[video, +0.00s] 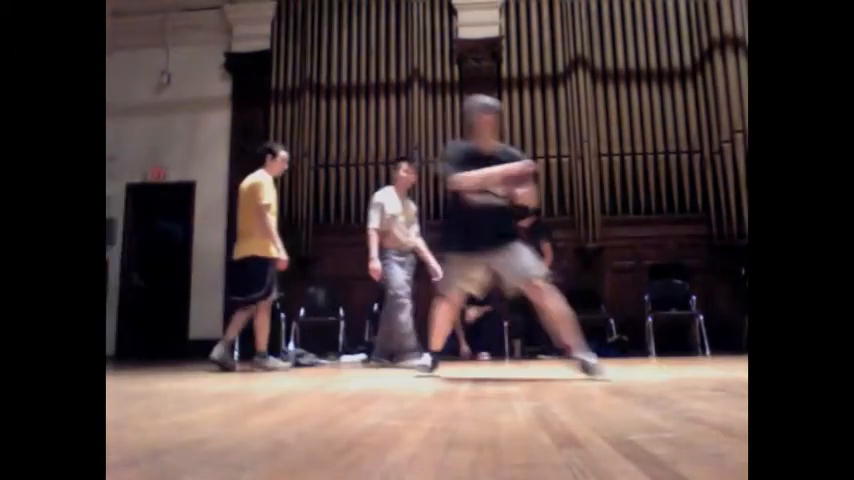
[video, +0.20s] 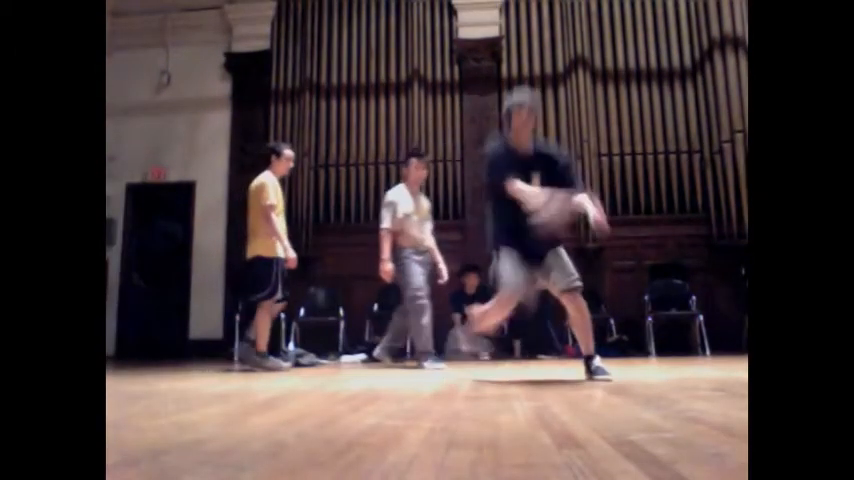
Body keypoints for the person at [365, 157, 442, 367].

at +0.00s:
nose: (406, 176)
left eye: (410, 173)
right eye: (403, 171)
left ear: (415, 178)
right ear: (395, 174)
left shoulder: (411, 206)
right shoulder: (381, 198)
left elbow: (416, 238)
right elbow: (373, 230)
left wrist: (432, 263)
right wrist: (374, 258)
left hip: (408, 256)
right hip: (390, 255)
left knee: (398, 302)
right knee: (401, 300)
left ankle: (382, 351)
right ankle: (409, 352)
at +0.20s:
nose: (422, 173)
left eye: (424, 168)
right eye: (417, 168)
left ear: (426, 171)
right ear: (406, 170)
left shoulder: (424, 201)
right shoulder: (394, 196)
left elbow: (428, 235)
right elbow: (385, 230)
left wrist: (440, 262)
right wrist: (385, 260)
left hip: (425, 254)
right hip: (407, 253)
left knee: (412, 303)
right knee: (420, 300)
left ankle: (385, 348)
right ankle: (426, 353)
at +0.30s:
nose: (425, 170)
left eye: (427, 165)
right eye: (420, 165)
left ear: (431, 169)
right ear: (409, 169)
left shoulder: (429, 199)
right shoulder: (399, 194)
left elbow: (432, 234)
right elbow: (391, 229)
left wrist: (442, 261)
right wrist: (391, 259)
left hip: (430, 252)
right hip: (412, 251)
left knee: (434, 304)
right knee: (423, 301)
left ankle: (391, 344)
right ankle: (426, 354)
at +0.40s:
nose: (432, 168)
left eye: (434, 163)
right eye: (427, 163)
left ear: (437, 167)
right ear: (416, 167)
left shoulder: (437, 195)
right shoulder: (408, 191)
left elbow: (440, 232)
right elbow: (402, 225)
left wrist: (448, 258)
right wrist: (407, 253)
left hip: (438, 248)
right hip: (420, 248)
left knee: (454, 300)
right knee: (427, 298)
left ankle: (415, 334)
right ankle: (424, 351)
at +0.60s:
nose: (448, 165)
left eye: (450, 160)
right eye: (442, 160)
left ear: (454, 163)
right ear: (432, 163)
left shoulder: (453, 192)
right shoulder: (421, 187)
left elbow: (455, 229)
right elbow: (415, 218)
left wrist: (462, 259)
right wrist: (429, 243)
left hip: (453, 247)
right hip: (433, 246)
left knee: (465, 299)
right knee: (434, 300)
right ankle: (426, 350)